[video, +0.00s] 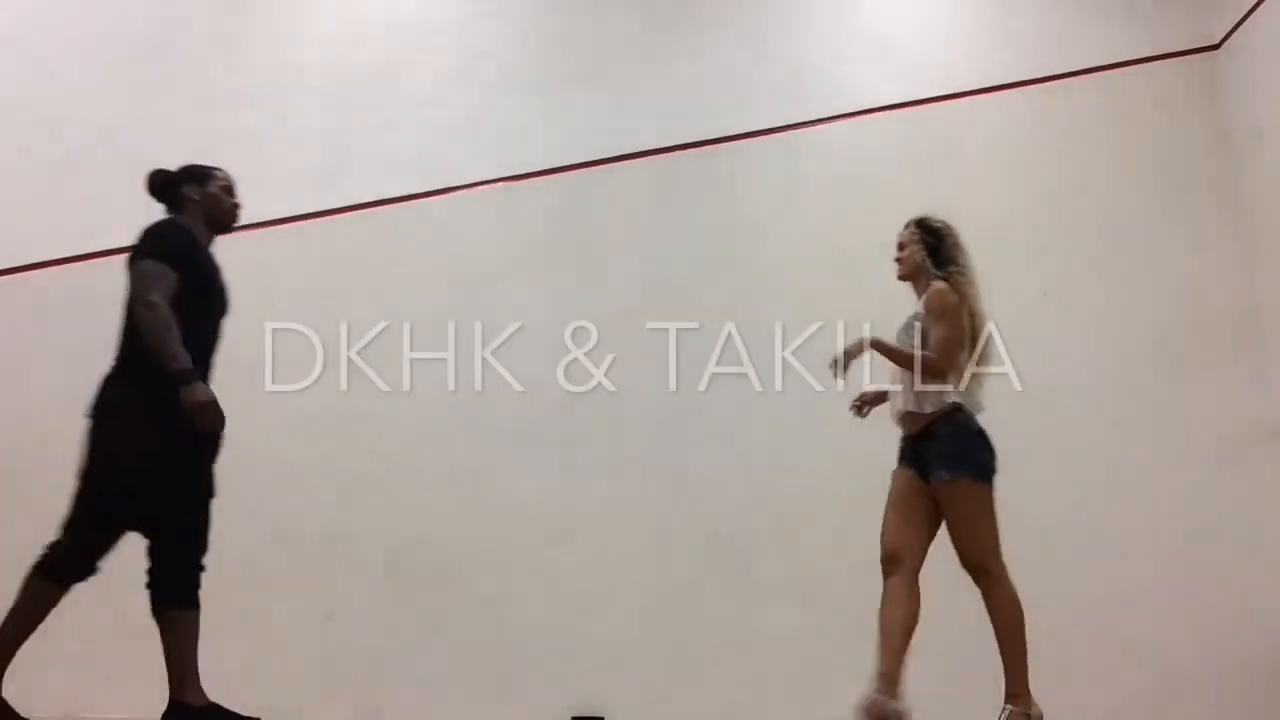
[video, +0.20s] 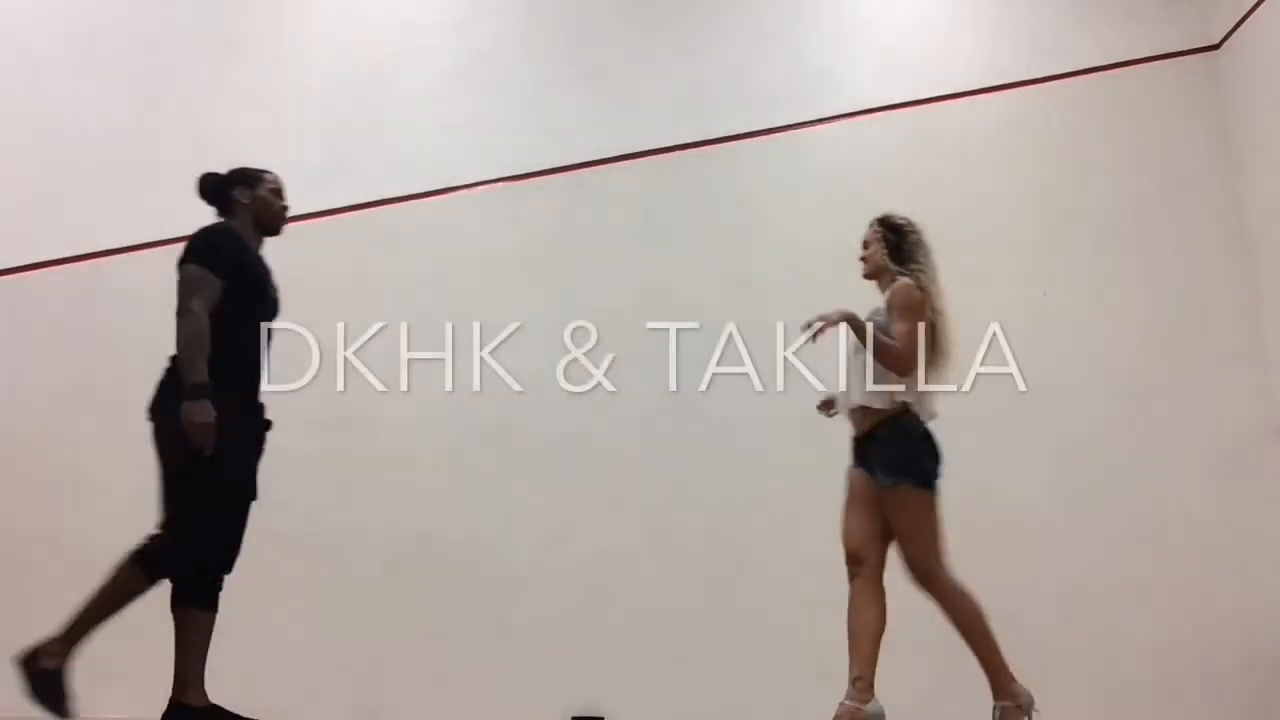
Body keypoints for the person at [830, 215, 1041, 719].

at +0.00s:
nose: (896, 256)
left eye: (904, 246)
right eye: (896, 249)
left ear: (929, 250)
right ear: (917, 255)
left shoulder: (943, 293)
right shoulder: (928, 307)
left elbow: (942, 364)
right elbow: (933, 384)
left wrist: (872, 345)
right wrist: (887, 395)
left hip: (953, 442)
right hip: (917, 446)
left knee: (985, 567)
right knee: (897, 563)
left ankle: (1020, 701)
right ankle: (886, 693)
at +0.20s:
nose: (860, 254)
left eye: (867, 246)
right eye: (861, 246)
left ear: (889, 249)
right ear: (882, 252)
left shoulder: (905, 291)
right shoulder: (886, 303)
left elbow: (905, 362)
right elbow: (888, 381)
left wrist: (855, 324)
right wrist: (844, 401)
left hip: (901, 444)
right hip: (870, 447)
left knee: (928, 570)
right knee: (861, 564)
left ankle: (1008, 691)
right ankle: (860, 693)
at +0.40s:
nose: (828, 249)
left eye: (833, 240)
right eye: (828, 241)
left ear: (855, 241)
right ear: (851, 244)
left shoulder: (881, 284)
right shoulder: (855, 296)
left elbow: (879, 351)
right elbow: (849, 374)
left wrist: (830, 309)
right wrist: (806, 387)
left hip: (865, 439)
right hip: (832, 440)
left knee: (846, 564)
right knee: (837, 567)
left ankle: (941, 679)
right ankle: (859, 695)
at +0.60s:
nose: (796, 243)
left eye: (802, 233)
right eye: (795, 234)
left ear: (826, 234)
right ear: (811, 240)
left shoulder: (851, 280)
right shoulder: (822, 293)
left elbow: (865, 352)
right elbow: (803, 377)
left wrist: (828, 340)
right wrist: (752, 359)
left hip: (838, 429)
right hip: (820, 431)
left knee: (775, 543)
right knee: (834, 561)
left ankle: (858, 665)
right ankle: (858, 691)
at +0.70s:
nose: (779, 241)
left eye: (785, 231)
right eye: (778, 234)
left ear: (809, 230)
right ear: (795, 236)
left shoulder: (835, 278)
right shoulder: (810, 291)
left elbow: (859, 354)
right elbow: (788, 379)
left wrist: (819, 367)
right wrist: (750, 347)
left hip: (825, 427)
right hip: (815, 428)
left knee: (765, 539)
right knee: (829, 563)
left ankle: (809, 678)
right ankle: (859, 693)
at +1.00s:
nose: (736, 246)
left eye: (740, 236)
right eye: (734, 238)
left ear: (764, 235)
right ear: (760, 239)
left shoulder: (791, 286)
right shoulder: (776, 292)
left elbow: (806, 354)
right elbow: (772, 352)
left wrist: (759, 381)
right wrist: (730, 329)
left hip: (777, 422)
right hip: (763, 422)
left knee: (769, 558)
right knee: (769, 564)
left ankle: (762, 698)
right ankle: (850, 689)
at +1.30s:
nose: (708, 237)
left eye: (714, 228)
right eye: (708, 229)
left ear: (737, 229)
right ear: (731, 232)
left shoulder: (764, 280)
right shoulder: (743, 288)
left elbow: (751, 350)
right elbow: (736, 359)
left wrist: (705, 335)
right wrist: (700, 344)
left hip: (758, 421)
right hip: (733, 424)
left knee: (761, 553)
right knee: (698, 552)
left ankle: (766, 692)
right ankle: (771, 668)